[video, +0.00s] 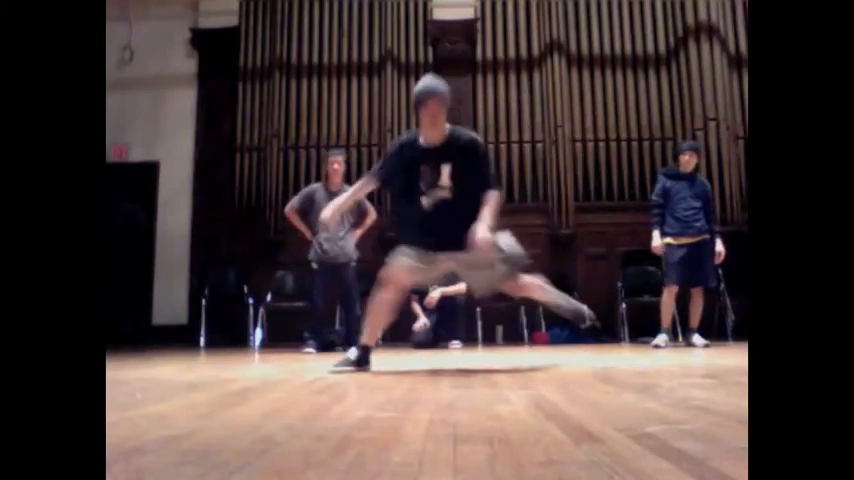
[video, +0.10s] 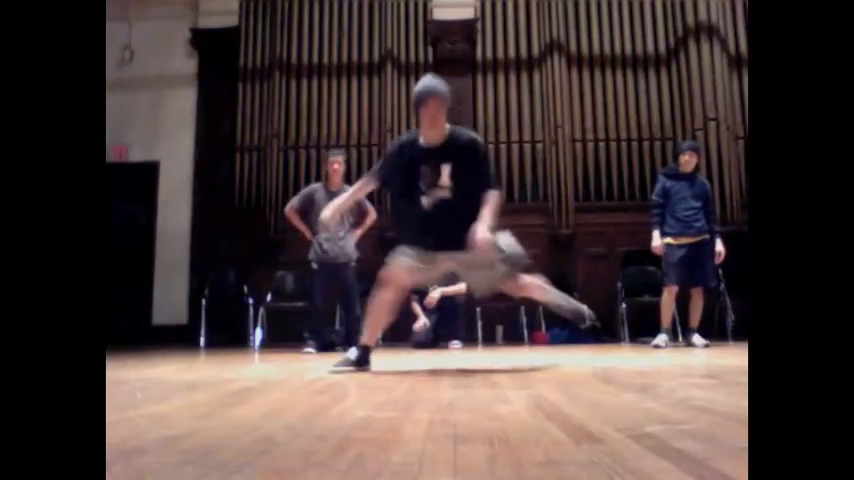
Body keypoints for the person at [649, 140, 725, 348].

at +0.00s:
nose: (688, 160)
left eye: (692, 156)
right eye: (684, 155)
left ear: (697, 160)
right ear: (678, 158)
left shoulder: (702, 184)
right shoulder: (665, 180)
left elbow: (710, 215)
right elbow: (656, 208)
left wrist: (717, 239)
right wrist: (656, 234)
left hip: (700, 240)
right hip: (674, 240)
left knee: (697, 288)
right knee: (671, 287)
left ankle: (693, 332)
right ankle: (664, 332)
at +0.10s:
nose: (688, 160)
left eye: (692, 156)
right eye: (684, 155)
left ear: (697, 159)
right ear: (678, 158)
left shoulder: (702, 184)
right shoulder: (665, 180)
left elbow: (710, 215)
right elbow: (656, 208)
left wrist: (717, 239)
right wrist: (656, 234)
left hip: (700, 240)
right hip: (674, 240)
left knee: (697, 288)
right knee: (671, 287)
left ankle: (693, 332)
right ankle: (664, 332)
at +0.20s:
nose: (687, 159)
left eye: (691, 156)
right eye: (683, 155)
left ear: (697, 159)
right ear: (677, 158)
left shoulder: (702, 184)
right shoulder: (665, 180)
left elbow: (710, 215)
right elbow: (656, 208)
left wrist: (716, 239)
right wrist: (655, 234)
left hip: (699, 240)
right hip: (673, 240)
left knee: (697, 288)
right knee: (670, 287)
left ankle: (693, 332)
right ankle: (664, 332)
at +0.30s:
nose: (687, 159)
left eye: (691, 156)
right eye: (683, 155)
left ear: (697, 159)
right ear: (677, 158)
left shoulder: (702, 184)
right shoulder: (665, 181)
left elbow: (710, 215)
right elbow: (656, 208)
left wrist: (716, 239)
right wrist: (655, 234)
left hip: (699, 240)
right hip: (673, 240)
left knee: (697, 288)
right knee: (670, 287)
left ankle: (693, 332)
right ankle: (664, 332)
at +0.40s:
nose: (686, 160)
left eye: (690, 156)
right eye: (683, 155)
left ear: (696, 159)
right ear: (677, 158)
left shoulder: (702, 184)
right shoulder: (665, 181)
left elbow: (711, 215)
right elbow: (656, 208)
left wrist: (716, 239)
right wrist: (655, 234)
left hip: (699, 240)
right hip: (673, 240)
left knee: (697, 288)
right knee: (670, 287)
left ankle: (693, 332)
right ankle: (664, 332)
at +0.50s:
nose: (686, 160)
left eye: (690, 156)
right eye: (683, 155)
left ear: (696, 159)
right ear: (677, 158)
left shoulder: (702, 184)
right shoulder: (665, 181)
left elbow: (711, 215)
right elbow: (656, 208)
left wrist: (716, 239)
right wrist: (656, 234)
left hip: (699, 240)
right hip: (673, 240)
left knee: (697, 288)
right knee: (670, 287)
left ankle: (693, 332)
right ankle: (664, 332)